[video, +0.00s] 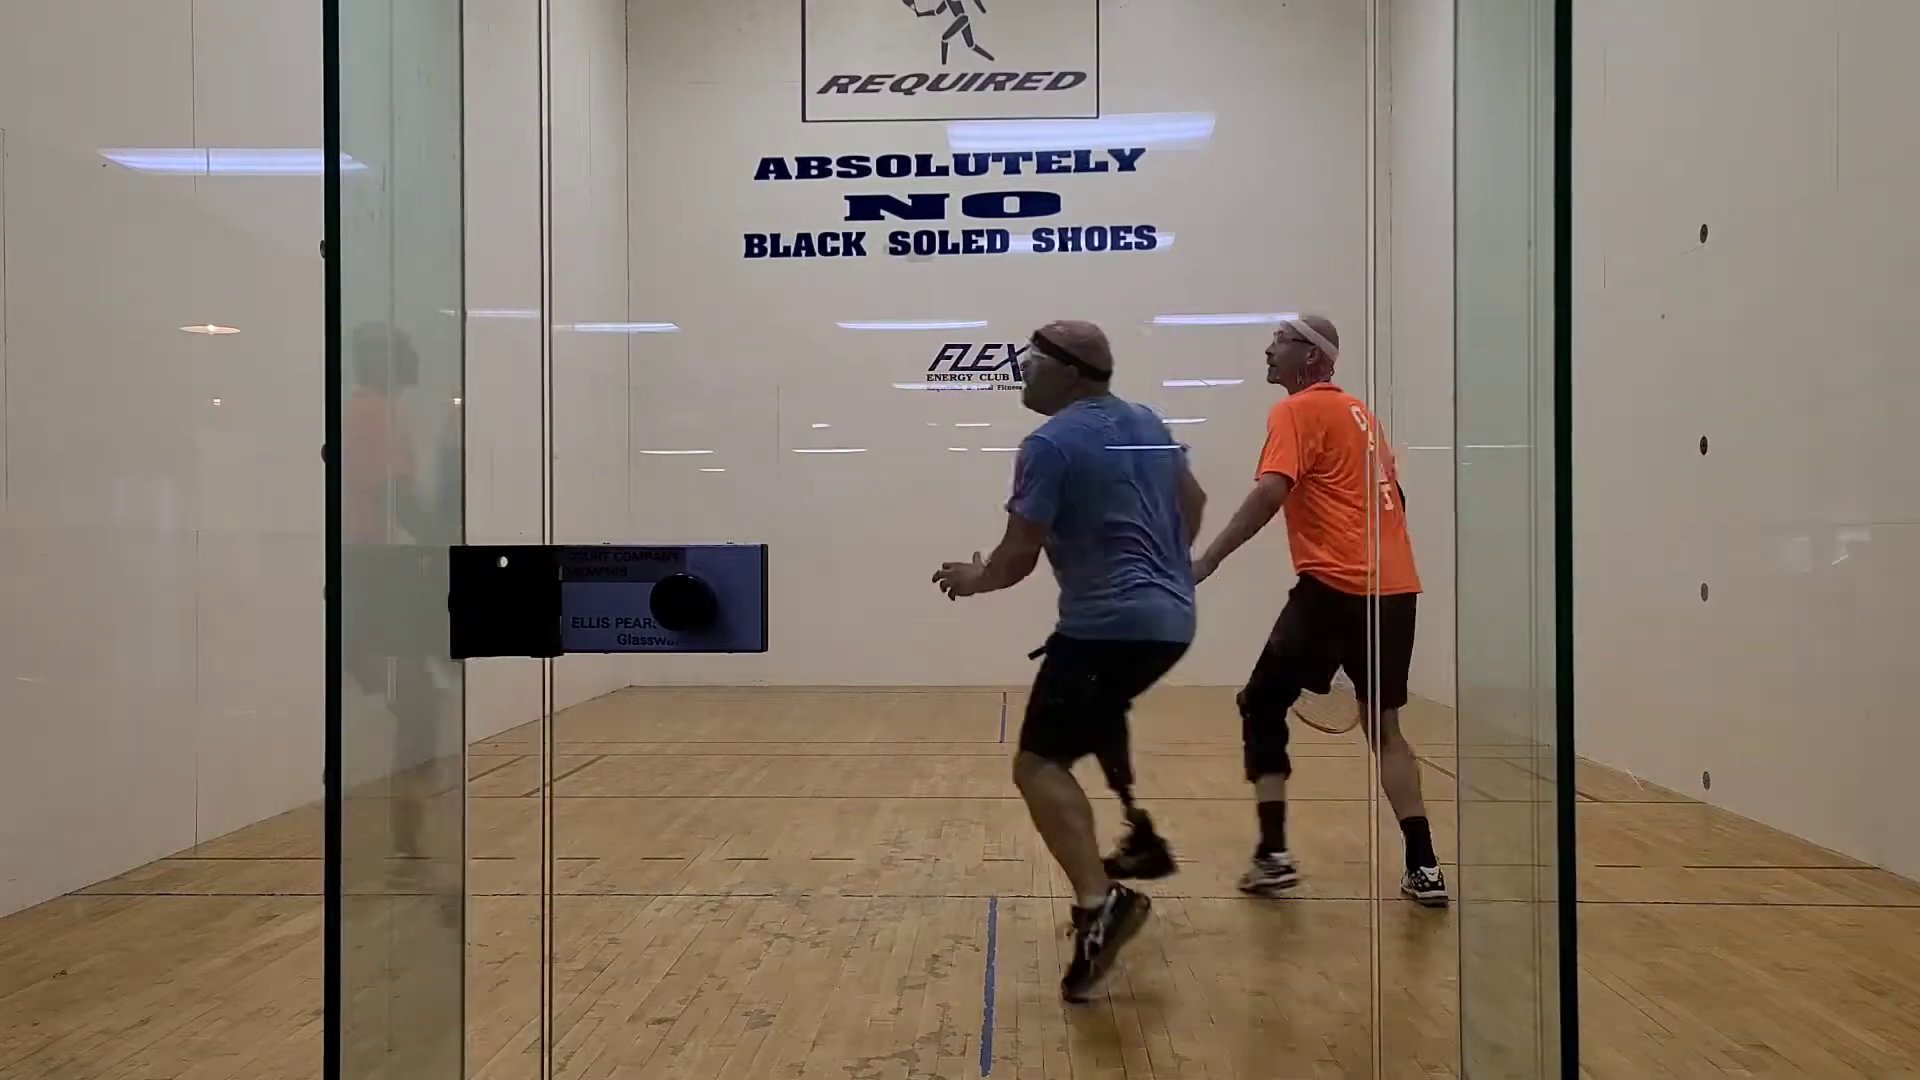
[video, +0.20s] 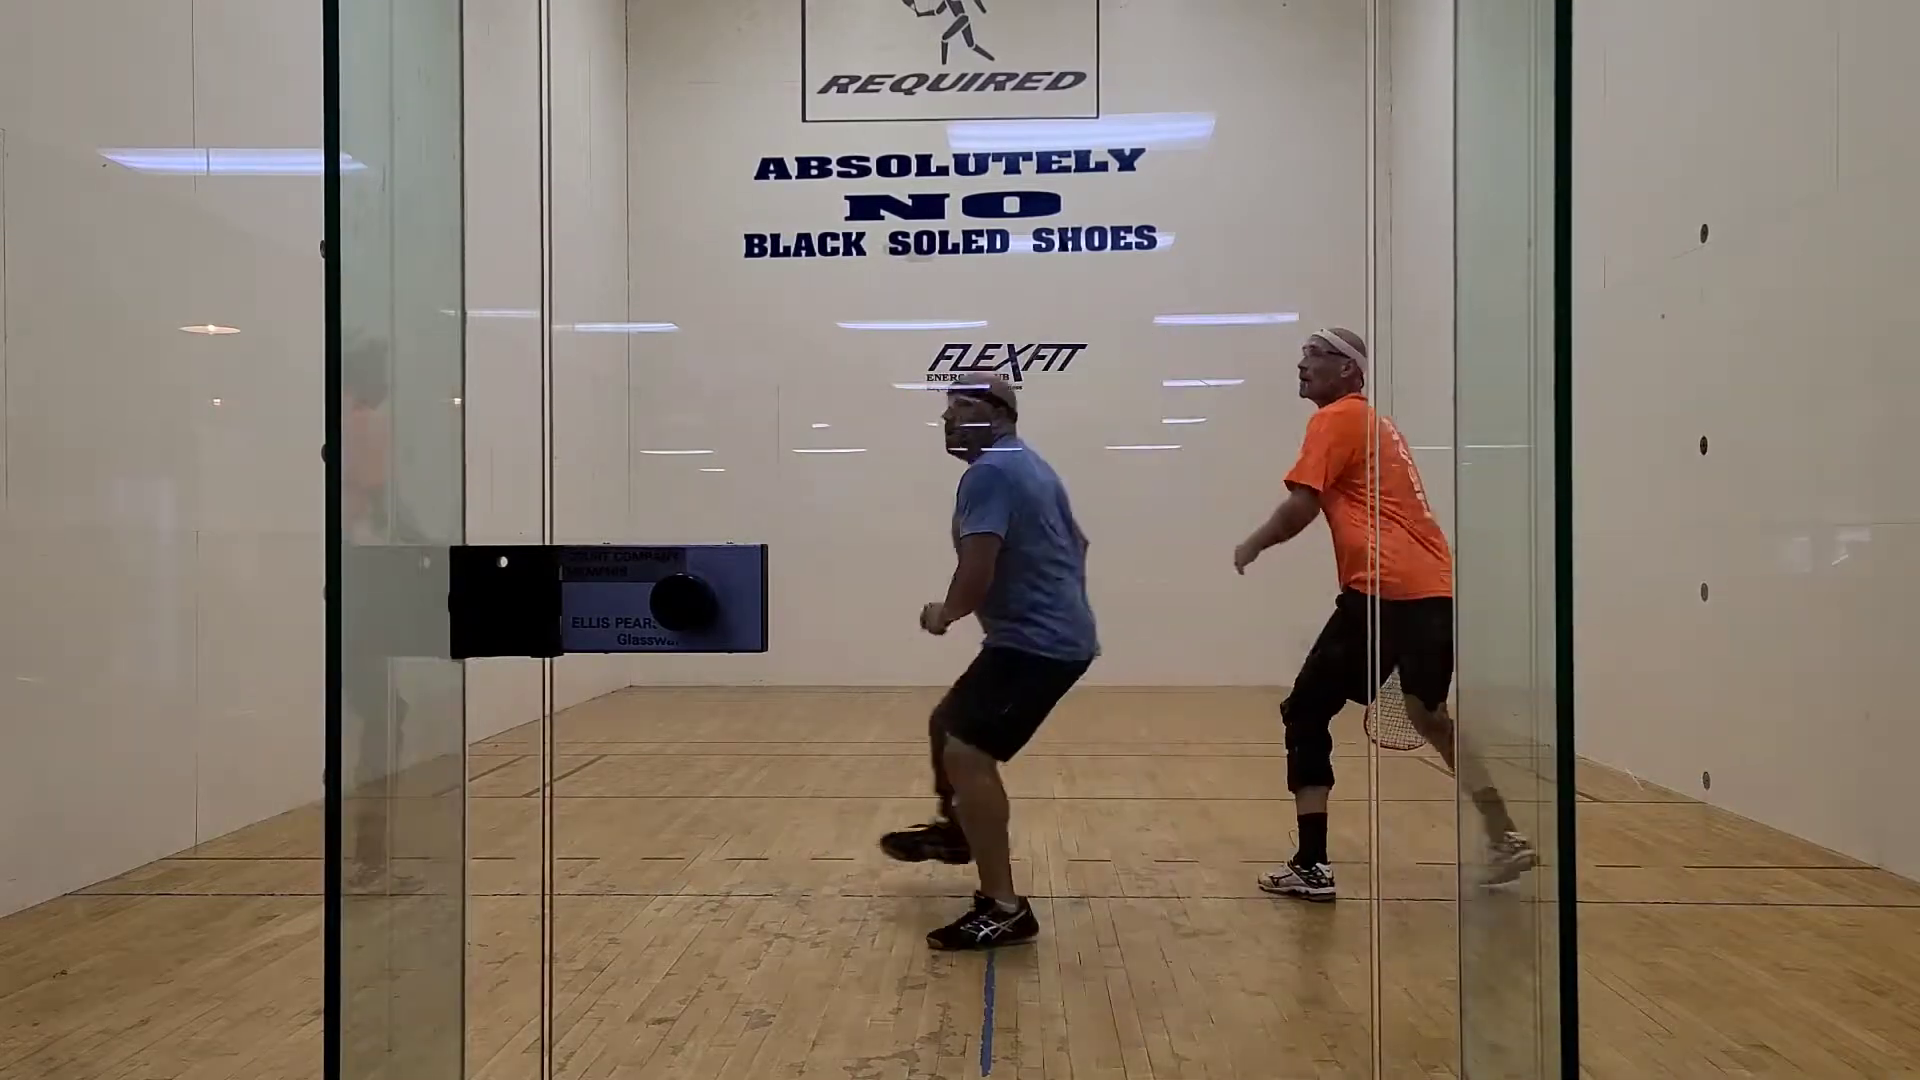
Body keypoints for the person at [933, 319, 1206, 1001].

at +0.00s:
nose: (1023, 368)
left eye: (1034, 358)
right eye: (1027, 357)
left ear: (1068, 372)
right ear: (1091, 374)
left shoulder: (1050, 442)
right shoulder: (1146, 423)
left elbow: (1016, 558)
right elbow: (1192, 501)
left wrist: (972, 579)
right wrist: (1166, 563)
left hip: (1105, 627)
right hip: (1169, 621)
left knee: (1036, 766)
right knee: (1097, 709)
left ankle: (1097, 904)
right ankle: (1136, 829)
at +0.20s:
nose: (946, 421)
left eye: (957, 412)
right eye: (948, 412)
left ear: (990, 418)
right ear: (1000, 420)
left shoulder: (992, 470)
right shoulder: (1030, 466)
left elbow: (977, 573)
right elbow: (1074, 542)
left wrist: (945, 613)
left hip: (1038, 642)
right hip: (1045, 637)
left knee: (966, 751)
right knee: (945, 726)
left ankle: (1003, 907)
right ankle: (958, 830)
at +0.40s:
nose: (929, 428)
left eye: (941, 420)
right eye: (928, 421)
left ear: (971, 432)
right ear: (930, 434)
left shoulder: (981, 478)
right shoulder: (943, 496)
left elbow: (988, 550)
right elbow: (942, 587)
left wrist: (930, 607)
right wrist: (922, 646)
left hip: (992, 630)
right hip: (950, 634)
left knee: (957, 722)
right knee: (883, 729)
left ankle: (1011, 852)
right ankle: (894, 848)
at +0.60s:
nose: (948, 428)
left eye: (960, 421)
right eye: (942, 420)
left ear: (982, 432)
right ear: (934, 429)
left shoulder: (997, 473)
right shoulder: (933, 482)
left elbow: (1028, 514)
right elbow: (926, 548)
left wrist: (991, 540)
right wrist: (896, 594)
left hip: (982, 621)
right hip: (929, 616)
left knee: (958, 713)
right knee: (887, 696)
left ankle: (979, 820)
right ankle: (915, 803)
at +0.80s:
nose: (935, 436)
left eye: (945, 428)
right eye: (931, 429)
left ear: (968, 437)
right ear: (926, 438)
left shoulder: (1000, 481)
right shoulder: (914, 488)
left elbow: (1060, 517)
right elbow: (897, 544)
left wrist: (1068, 573)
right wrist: (881, 589)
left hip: (985, 606)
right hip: (929, 610)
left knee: (995, 682)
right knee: (914, 695)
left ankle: (1011, 785)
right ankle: (902, 772)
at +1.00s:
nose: (959, 450)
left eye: (966, 442)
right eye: (954, 444)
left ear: (988, 440)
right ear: (950, 445)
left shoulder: (1020, 477)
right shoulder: (945, 480)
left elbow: (1061, 522)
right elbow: (930, 528)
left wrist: (1041, 571)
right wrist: (917, 566)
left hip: (1001, 600)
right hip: (951, 597)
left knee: (993, 684)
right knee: (934, 673)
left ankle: (1000, 755)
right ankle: (913, 757)